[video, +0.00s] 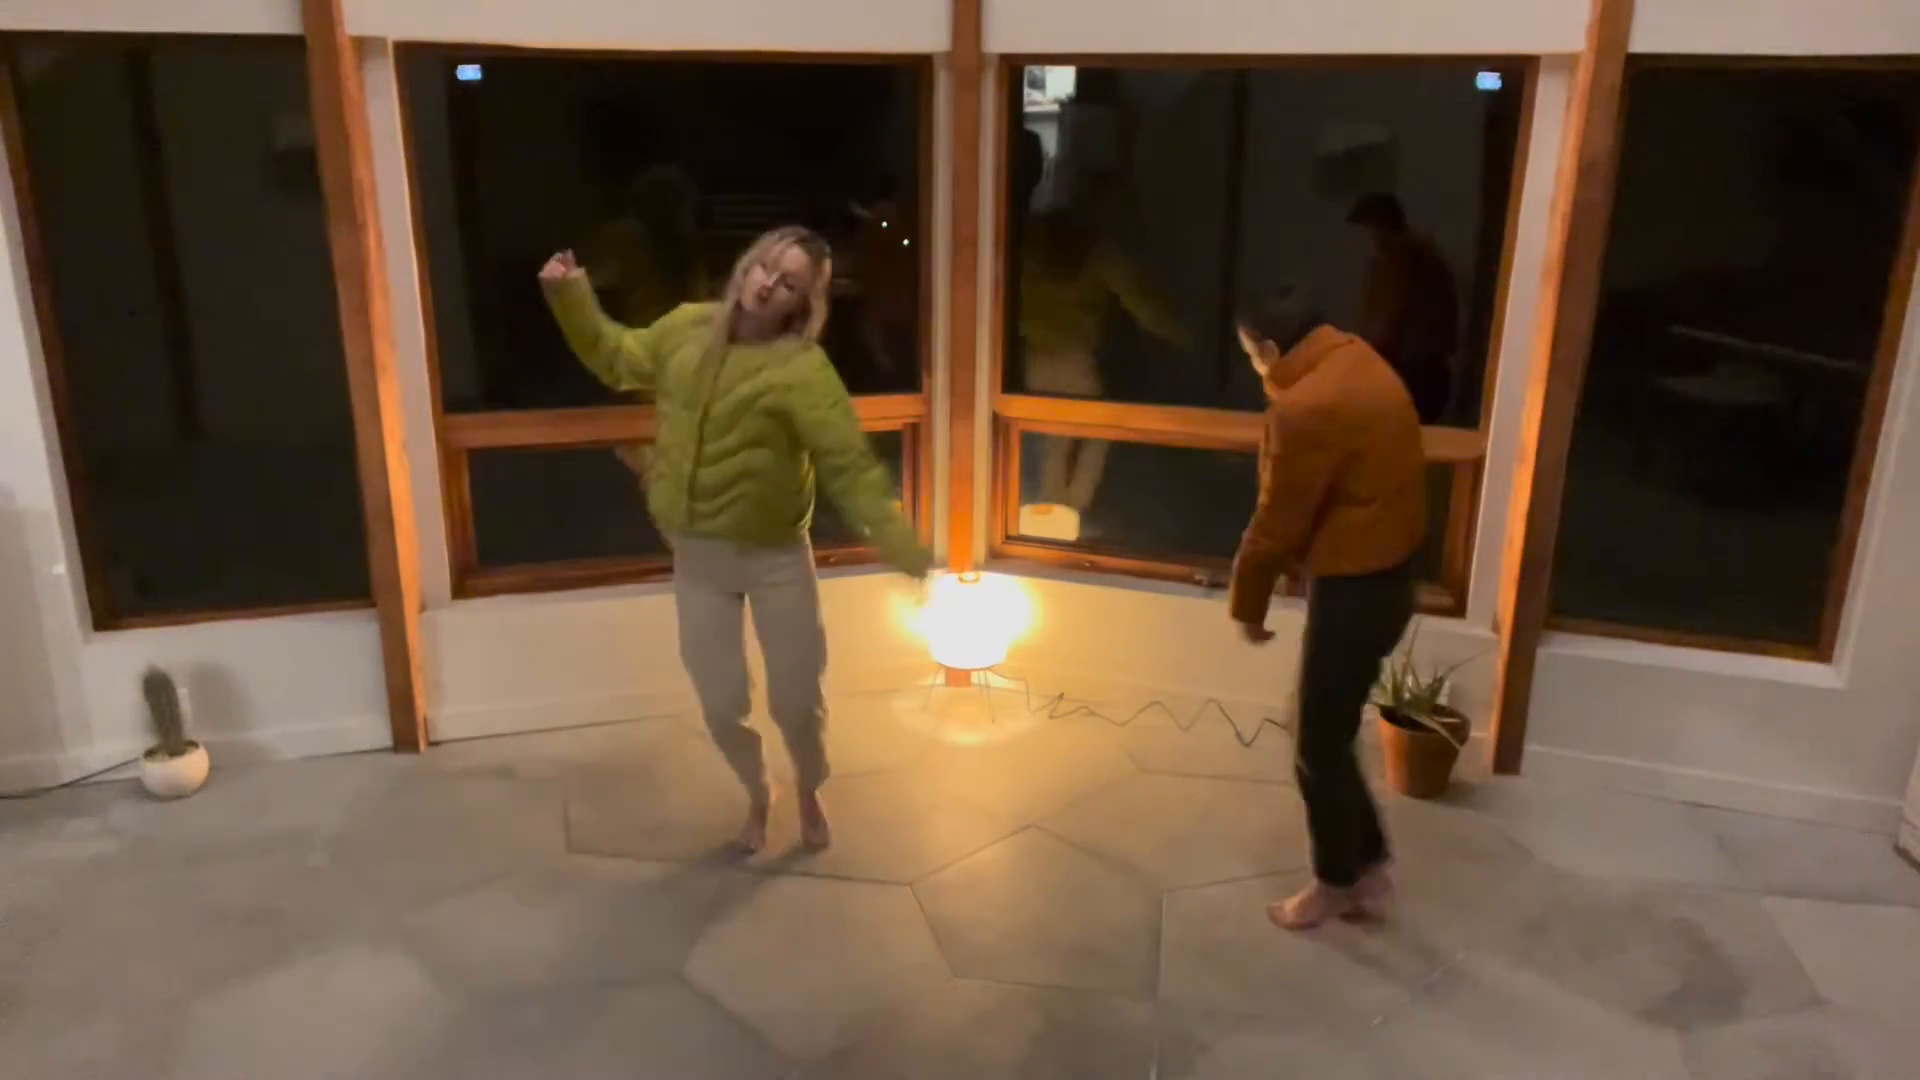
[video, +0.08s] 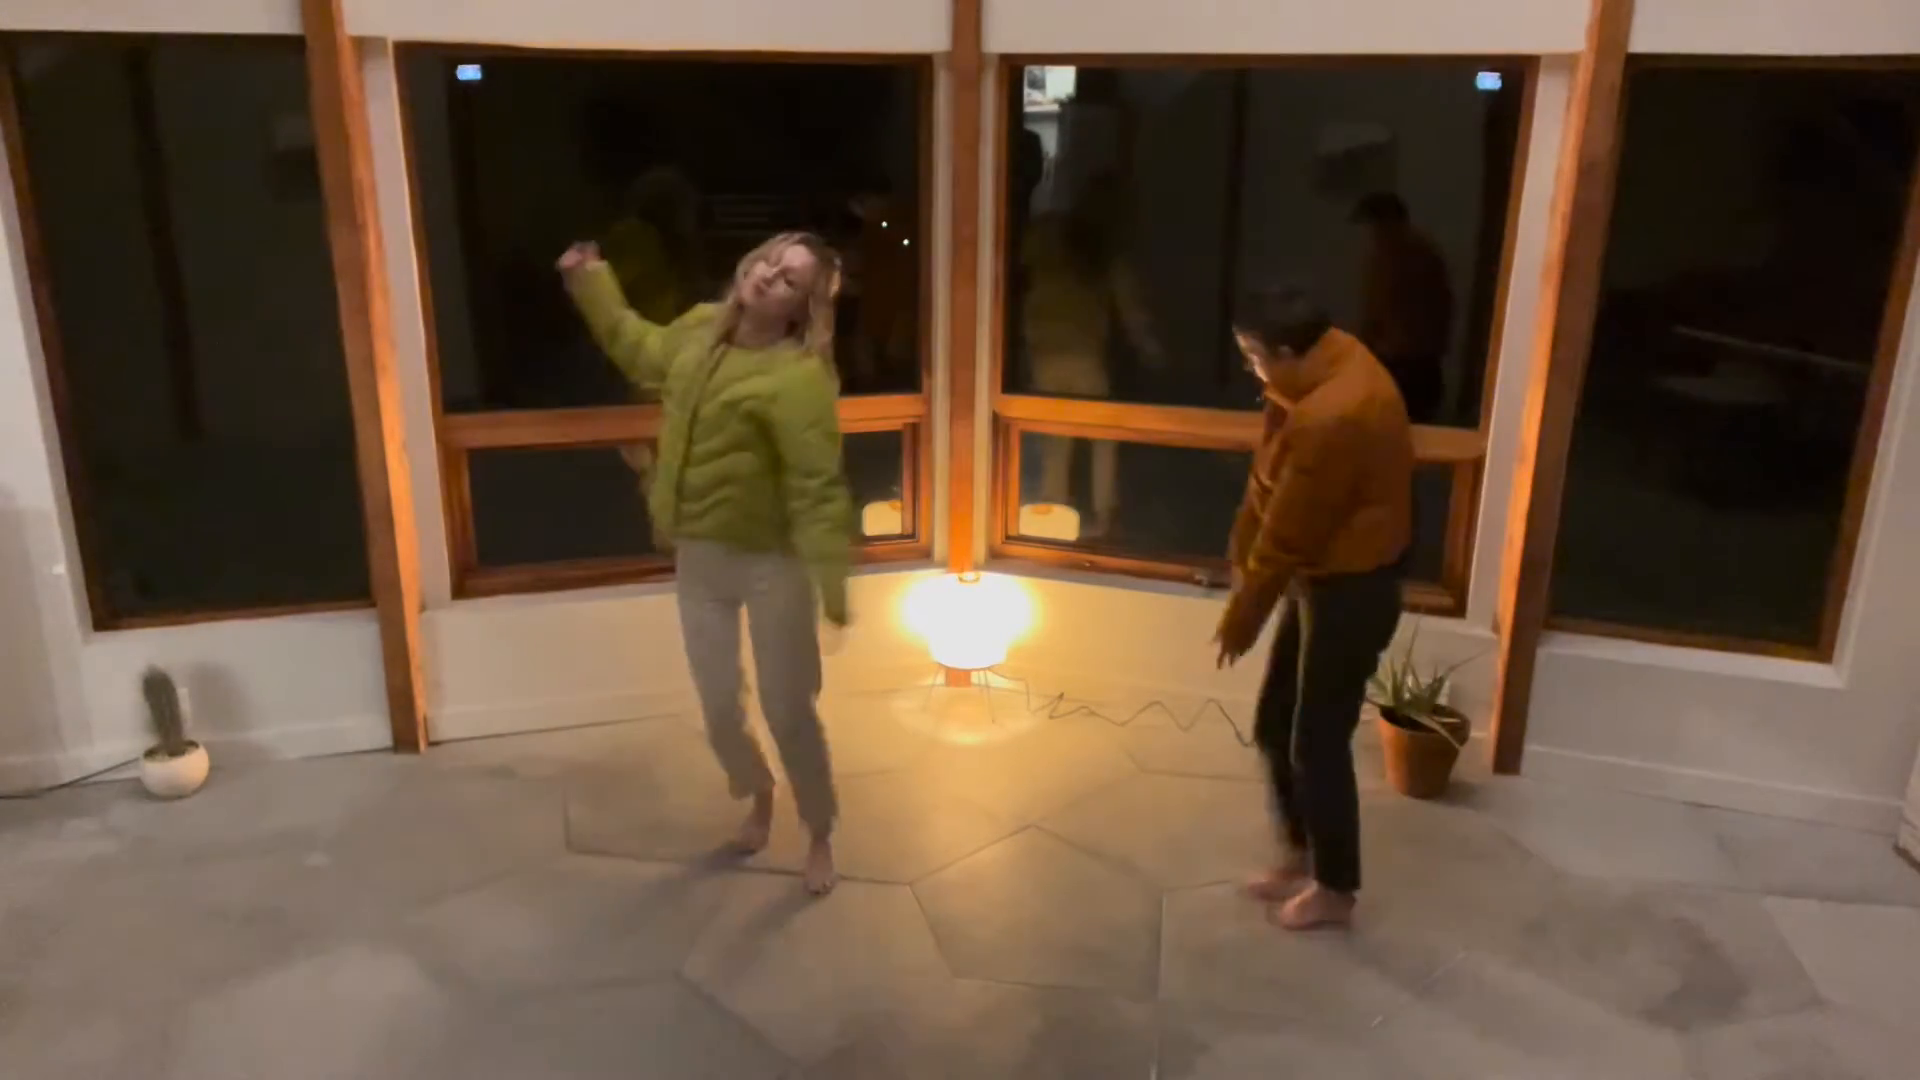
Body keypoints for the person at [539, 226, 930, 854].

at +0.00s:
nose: (768, 282)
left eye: (787, 281)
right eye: (766, 265)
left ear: (800, 303)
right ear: (745, 264)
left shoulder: (802, 367)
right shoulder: (686, 330)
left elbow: (852, 469)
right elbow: (619, 364)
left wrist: (911, 555)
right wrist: (571, 297)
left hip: (778, 555)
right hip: (698, 553)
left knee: (795, 704)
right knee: (721, 708)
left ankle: (809, 795)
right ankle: (757, 799)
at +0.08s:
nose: (769, 277)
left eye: (789, 282)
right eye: (771, 262)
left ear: (800, 310)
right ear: (749, 263)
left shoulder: (798, 377)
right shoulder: (699, 329)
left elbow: (818, 487)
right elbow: (642, 354)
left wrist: (834, 584)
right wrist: (592, 281)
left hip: (774, 561)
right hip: (699, 555)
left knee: (788, 709)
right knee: (719, 709)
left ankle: (819, 834)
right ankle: (758, 794)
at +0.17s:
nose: (763, 273)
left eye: (784, 278)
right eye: (765, 260)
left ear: (799, 315)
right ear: (742, 269)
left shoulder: (789, 385)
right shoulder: (703, 336)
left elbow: (793, 507)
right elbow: (653, 338)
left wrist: (780, 619)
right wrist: (615, 273)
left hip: (768, 570)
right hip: (701, 559)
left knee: (791, 719)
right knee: (704, 716)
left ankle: (822, 842)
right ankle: (764, 796)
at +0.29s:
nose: (739, 268)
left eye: (760, 274)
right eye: (748, 260)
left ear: (774, 317)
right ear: (734, 287)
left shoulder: (758, 395)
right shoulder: (707, 342)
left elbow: (741, 517)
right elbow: (691, 305)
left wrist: (683, 604)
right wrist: (677, 264)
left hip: (763, 566)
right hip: (702, 557)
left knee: (756, 723)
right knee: (705, 720)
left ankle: (815, 831)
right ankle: (773, 825)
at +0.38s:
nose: (723, 264)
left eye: (744, 272)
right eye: (736, 256)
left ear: (753, 318)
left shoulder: (736, 394)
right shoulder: (692, 364)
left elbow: (714, 515)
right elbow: (672, 451)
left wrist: (645, 600)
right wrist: (658, 503)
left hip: (751, 576)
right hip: (701, 568)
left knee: (731, 729)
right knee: (716, 726)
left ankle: (799, 844)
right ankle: (776, 834)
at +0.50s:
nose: (688, 262)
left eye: (704, 266)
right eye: (703, 255)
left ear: (721, 308)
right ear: (719, 309)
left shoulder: (683, 391)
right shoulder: (706, 372)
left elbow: (656, 513)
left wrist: (582, 599)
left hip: (726, 587)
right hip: (711, 582)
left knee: (711, 736)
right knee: (684, 720)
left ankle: (770, 877)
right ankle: (762, 821)